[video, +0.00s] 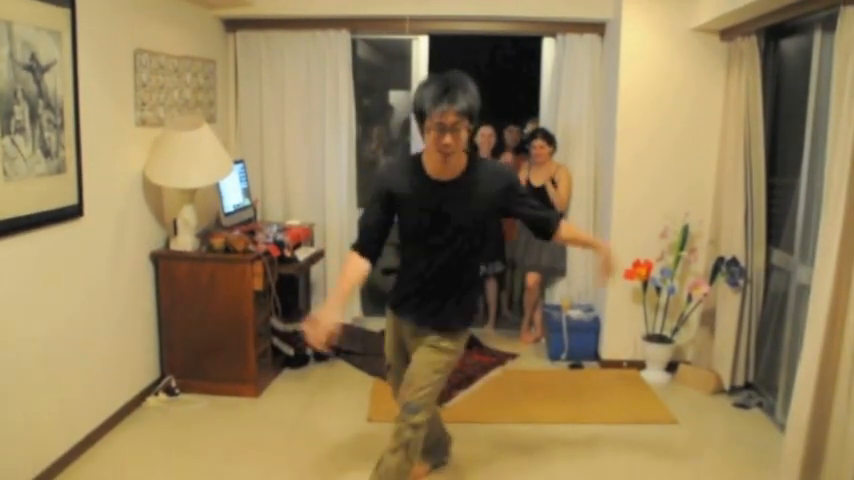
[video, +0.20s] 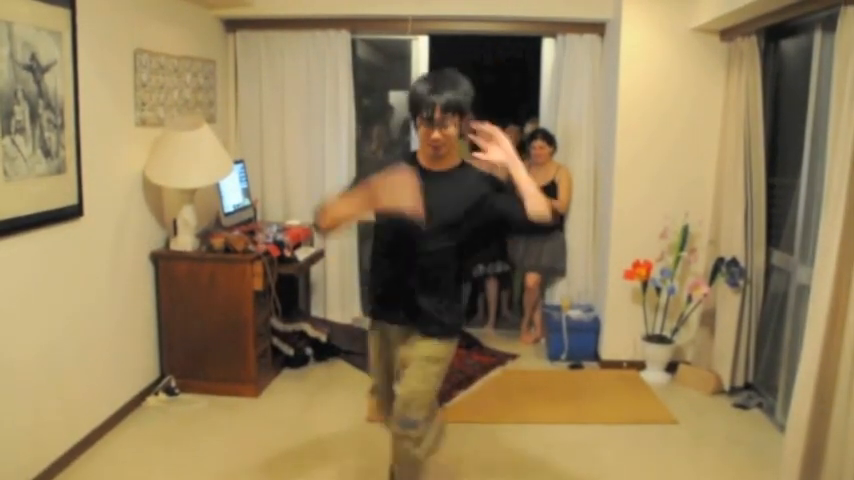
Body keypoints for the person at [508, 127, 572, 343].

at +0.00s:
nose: (537, 152)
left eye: (542, 147)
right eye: (534, 147)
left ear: (551, 149)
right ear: (529, 150)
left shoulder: (560, 172)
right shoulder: (524, 172)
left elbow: (561, 205)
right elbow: (518, 200)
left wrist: (548, 183)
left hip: (550, 232)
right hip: (527, 229)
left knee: (532, 278)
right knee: (535, 283)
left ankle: (525, 323)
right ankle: (539, 327)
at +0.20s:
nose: (537, 152)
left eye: (542, 147)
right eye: (534, 147)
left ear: (552, 150)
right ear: (529, 151)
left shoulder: (560, 172)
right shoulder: (523, 173)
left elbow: (562, 206)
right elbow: (516, 201)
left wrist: (538, 196)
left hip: (548, 231)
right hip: (524, 230)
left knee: (531, 279)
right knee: (534, 283)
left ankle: (525, 323)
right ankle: (538, 326)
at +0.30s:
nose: (537, 152)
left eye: (542, 148)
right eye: (534, 148)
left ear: (552, 150)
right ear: (529, 151)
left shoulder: (561, 172)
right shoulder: (526, 171)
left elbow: (562, 206)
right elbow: (521, 201)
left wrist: (542, 189)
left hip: (550, 231)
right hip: (529, 228)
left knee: (532, 278)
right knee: (534, 283)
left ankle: (525, 323)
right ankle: (538, 327)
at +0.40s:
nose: (537, 153)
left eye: (542, 148)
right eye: (534, 148)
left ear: (552, 150)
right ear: (530, 151)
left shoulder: (561, 172)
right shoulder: (525, 172)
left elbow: (562, 206)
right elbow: (519, 207)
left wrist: (548, 186)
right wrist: (517, 189)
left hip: (550, 231)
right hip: (529, 229)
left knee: (532, 279)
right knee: (535, 284)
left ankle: (525, 324)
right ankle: (538, 327)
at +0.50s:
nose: (537, 153)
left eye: (542, 148)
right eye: (534, 148)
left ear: (552, 150)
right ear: (530, 151)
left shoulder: (561, 172)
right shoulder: (526, 173)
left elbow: (562, 206)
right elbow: (519, 206)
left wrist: (545, 187)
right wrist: (519, 183)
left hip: (551, 231)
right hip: (530, 228)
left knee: (532, 279)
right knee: (535, 284)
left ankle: (525, 323)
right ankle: (538, 328)